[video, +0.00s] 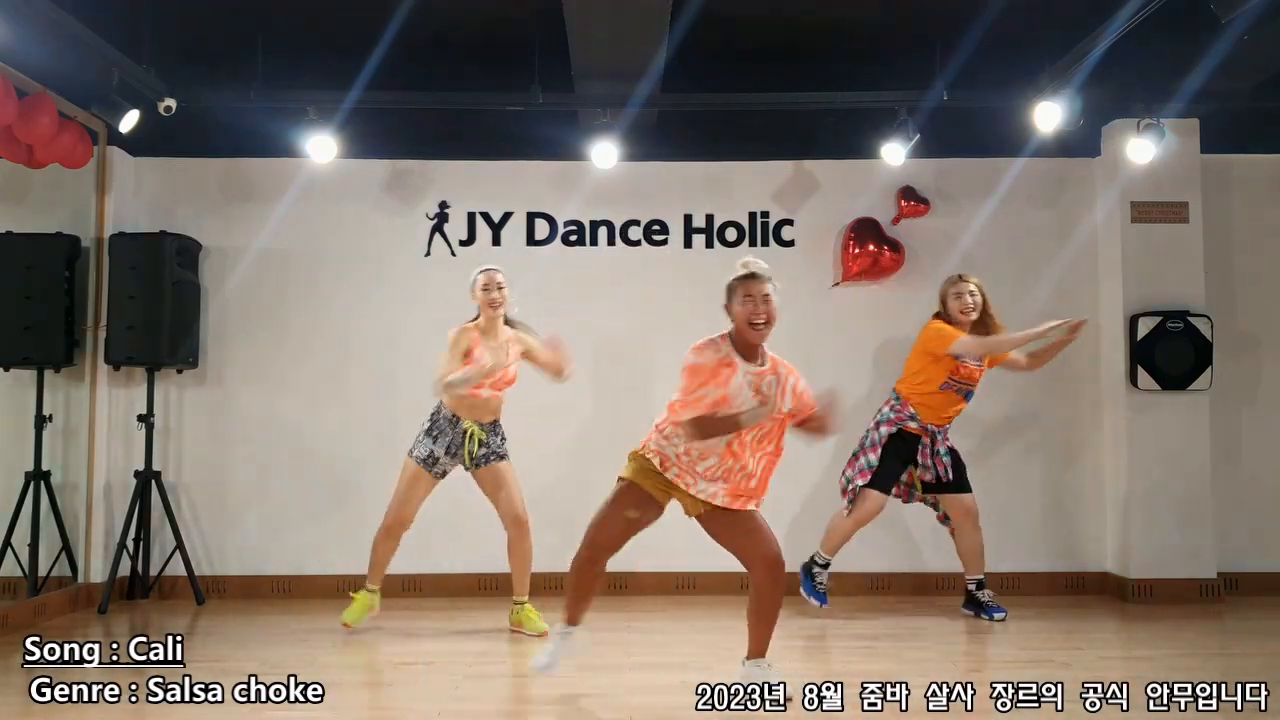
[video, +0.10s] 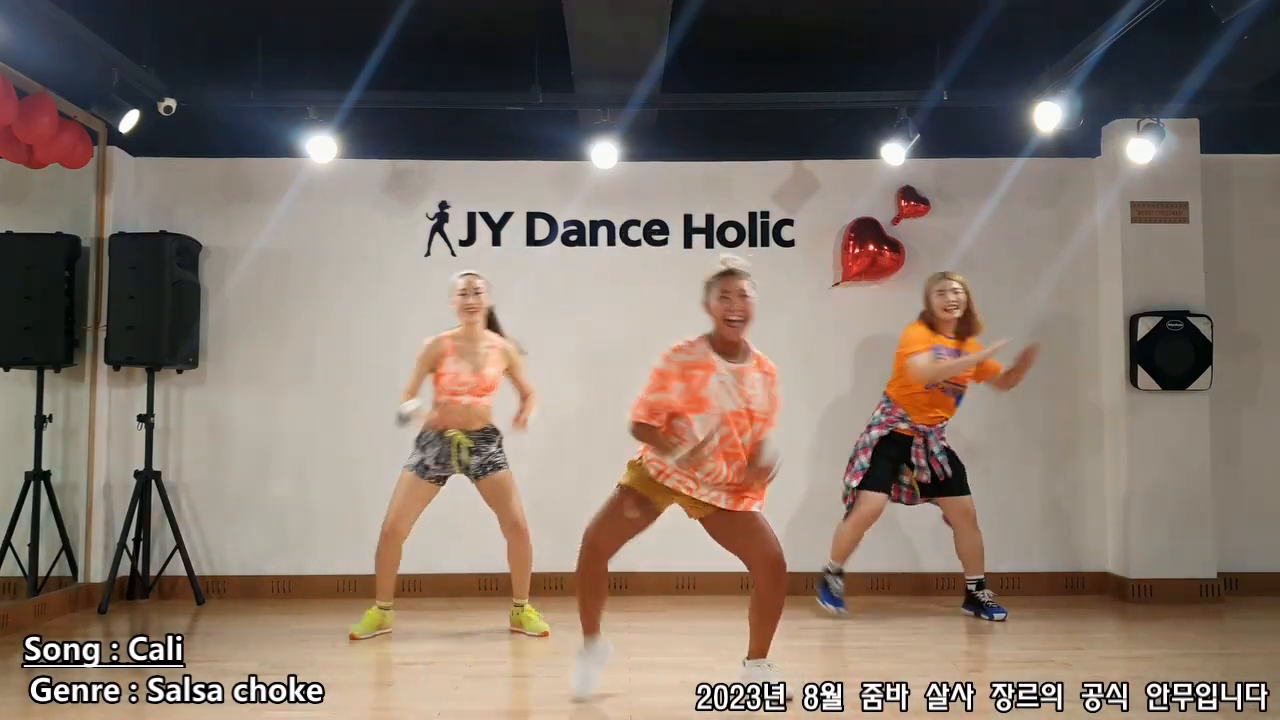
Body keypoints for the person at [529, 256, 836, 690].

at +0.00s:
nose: (759, 309)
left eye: (766, 299)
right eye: (747, 300)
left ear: (776, 307)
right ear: (729, 310)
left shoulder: (783, 376)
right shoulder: (706, 357)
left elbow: (810, 425)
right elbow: (699, 426)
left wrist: (824, 418)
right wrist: (753, 416)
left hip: (719, 489)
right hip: (662, 469)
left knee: (770, 564)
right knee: (595, 544)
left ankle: (755, 666)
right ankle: (568, 631)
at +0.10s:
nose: (736, 306)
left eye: (744, 297)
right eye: (725, 297)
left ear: (754, 306)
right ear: (708, 305)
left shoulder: (764, 374)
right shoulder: (681, 359)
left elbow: (759, 442)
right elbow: (641, 423)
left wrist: (760, 468)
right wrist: (672, 448)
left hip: (721, 490)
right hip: (661, 477)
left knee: (771, 563)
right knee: (594, 545)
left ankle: (756, 665)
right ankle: (591, 645)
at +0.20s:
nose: (708, 293)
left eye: (716, 284)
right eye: (697, 285)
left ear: (727, 293)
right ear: (682, 293)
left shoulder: (740, 360)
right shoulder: (654, 349)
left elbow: (739, 436)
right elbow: (617, 417)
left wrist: (734, 427)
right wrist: (638, 425)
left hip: (703, 472)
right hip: (645, 466)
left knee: (754, 559)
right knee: (603, 554)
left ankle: (755, 665)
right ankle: (602, 663)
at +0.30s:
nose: (683, 279)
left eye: (692, 269)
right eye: (673, 269)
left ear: (704, 279)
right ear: (657, 278)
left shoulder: (723, 336)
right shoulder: (635, 331)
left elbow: (747, 405)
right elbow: (595, 397)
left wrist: (736, 372)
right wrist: (622, 372)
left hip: (688, 454)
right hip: (630, 448)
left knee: (733, 550)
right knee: (604, 553)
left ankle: (736, 657)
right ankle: (601, 662)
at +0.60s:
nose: (641, 283)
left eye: (650, 275)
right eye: (631, 276)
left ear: (664, 286)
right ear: (618, 289)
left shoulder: (690, 341)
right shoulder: (602, 343)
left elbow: (735, 397)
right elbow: (559, 410)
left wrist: (701, 377)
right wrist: (584, 373)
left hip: (673, 471)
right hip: (612, 467)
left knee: (700, 566)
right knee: (547, 539)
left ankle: (672, 666)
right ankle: (557, 647)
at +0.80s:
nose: (598, 288)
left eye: (608, 279)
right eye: (588, 280)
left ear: (623, 287)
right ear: (576, 290)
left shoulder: (648, 339)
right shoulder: (566, 353)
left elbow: (672, 398)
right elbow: (536, 417)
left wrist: (628, 380)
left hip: (657, 469)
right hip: (598, 472)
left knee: (702, 558)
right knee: (549, 557)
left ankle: (682, 662)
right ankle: (537, 668)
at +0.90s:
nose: (581, 285)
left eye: (591, 274)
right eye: (571, 276)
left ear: (607, 282)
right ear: (559, 286)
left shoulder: (628, 328)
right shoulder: (545, 341)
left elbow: (634, 303)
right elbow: (481, 355)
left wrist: (595, 276)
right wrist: (475, 304)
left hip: (654, 456)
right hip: (593, 468)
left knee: (711, 548)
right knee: (549, 557)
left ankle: (734, 646)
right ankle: (539, 669)